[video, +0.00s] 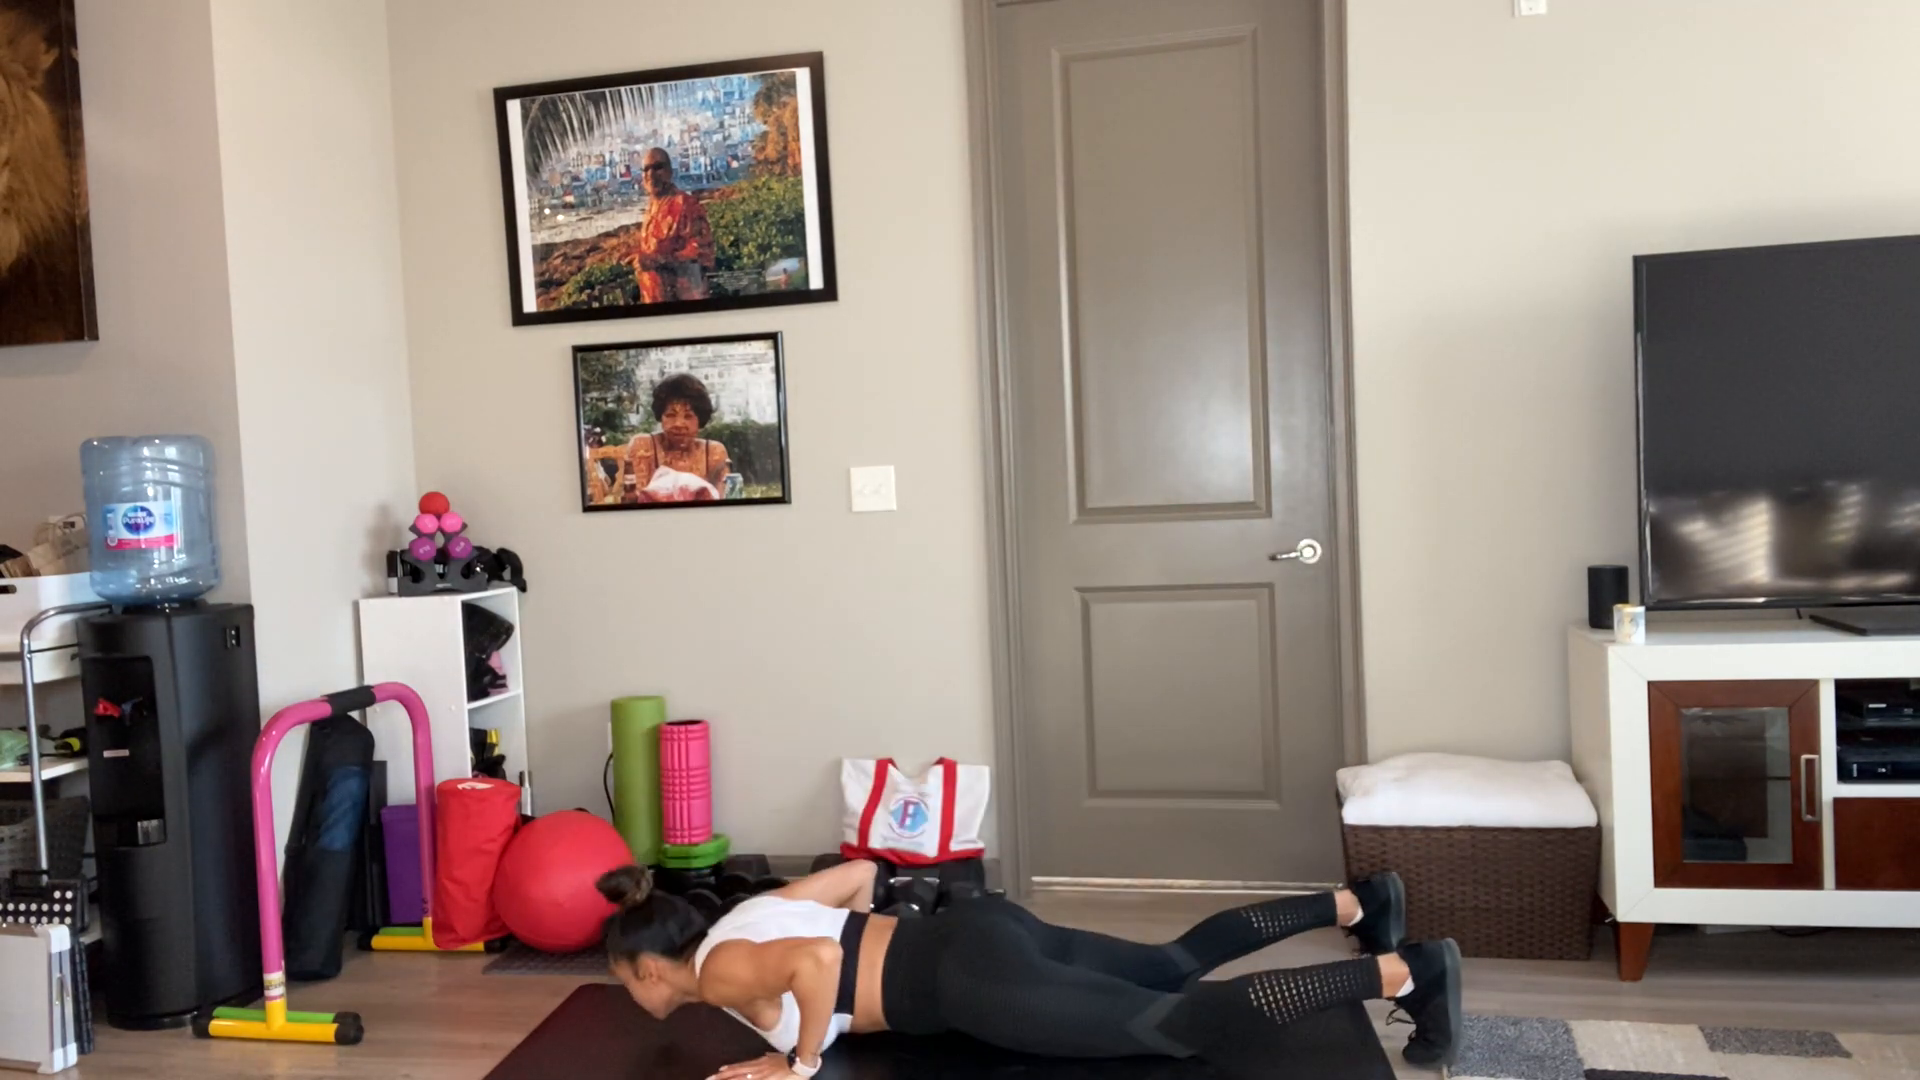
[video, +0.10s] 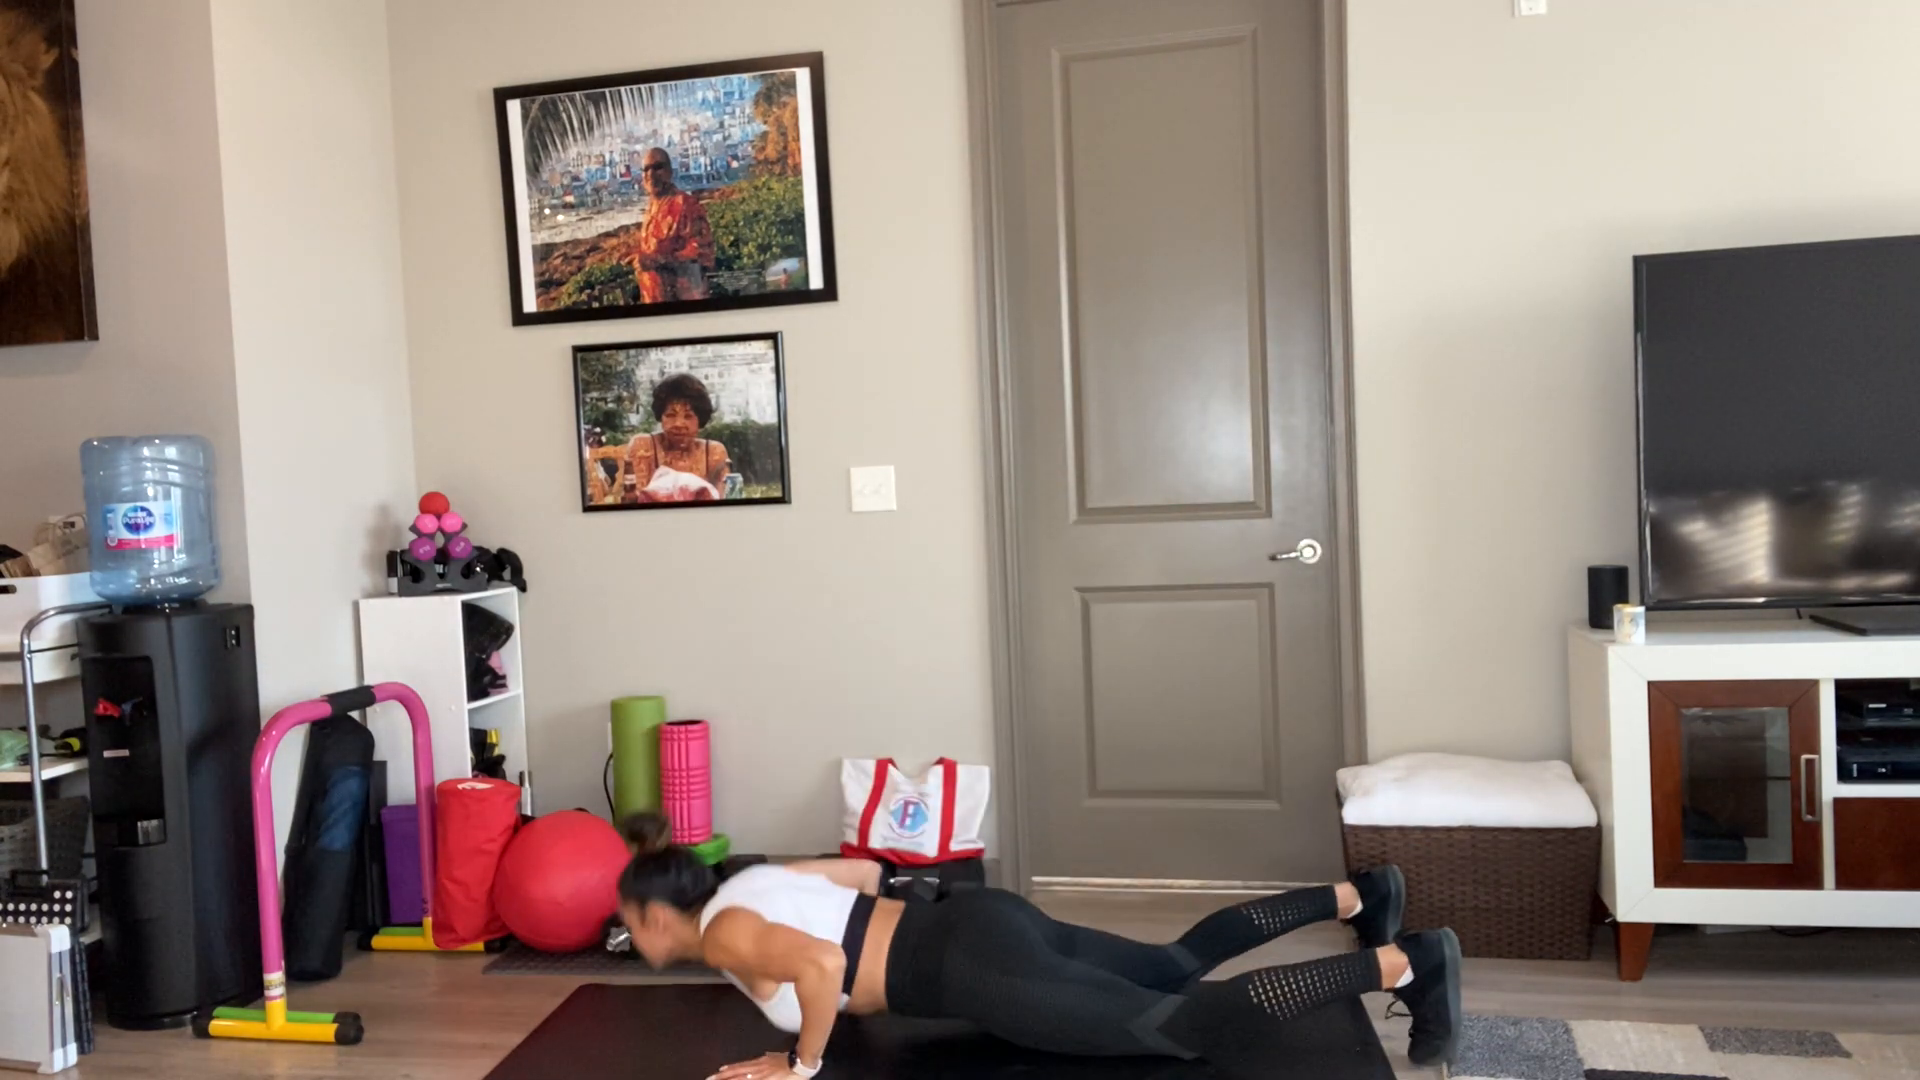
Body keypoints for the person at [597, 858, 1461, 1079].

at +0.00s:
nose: (637, 995)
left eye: (633, 980)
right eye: (630, 984)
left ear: (661, 959)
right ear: (675, 932)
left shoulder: (720, 967)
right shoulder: (747, 921)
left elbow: (817, 964)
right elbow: (857, 880)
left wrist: (797, 1059)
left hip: (951, 972)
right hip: (965, 924)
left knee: (1161, 1022)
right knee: (1169, 973)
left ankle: (1392, 984)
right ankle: (1356, 919)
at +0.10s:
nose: (640, 946)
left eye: (635, 930)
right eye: (633, 933)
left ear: (662, 911)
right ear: (680, 881)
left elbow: (818, 968)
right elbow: (862, 872)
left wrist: (802, 1061)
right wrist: (836, 980)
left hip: (952, 963)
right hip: (972, 910)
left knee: (1168, 1029)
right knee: (1166, 969)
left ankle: (1393, 968)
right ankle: (1347, 897)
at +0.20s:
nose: (650, 867)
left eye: (651, 853)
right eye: (647, 853)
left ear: (682, 841)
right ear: (698, 826)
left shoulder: (745, 884)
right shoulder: (762, 838)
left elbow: (827, 975)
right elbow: (837, 905)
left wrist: (800, 1063)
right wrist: (796, 971)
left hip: (960, 946)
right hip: (974, 899)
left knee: (1166, 1026)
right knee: (1170, 965)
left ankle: (1392, 968)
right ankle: (1347, 891)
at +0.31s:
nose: (674, 811)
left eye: (677, 794)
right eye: (669, 796)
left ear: (711, 780)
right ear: (721, 767)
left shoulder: (771, 829)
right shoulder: (791, 791)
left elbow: (821, 960)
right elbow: (860, 895)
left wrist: (799, 1059)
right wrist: (818, 966)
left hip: (977, 921)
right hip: (993, 882)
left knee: (1173, 1022)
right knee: (1176, 962)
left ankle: (1394, 961)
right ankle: (1348, 893)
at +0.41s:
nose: (689, 784)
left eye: (688, 766)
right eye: (684, 771)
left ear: (719, 745)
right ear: (733, 733)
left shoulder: (786, 790)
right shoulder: (813, 752)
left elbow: (812, 941)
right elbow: (850, 884)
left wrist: (800, 1059)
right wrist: (821, 969)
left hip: (993, 871)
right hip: (1005, 846)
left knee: (1168, 1001)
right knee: (1174, 959)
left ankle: (1394, 968)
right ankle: (1361, 909)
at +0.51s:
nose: (701, 787)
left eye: (694, 772)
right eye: (691, 776)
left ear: (715, 743)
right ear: (729, 729)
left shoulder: (789, 775)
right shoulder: (808, 737)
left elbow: (804, 914)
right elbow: (840, 877)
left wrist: (803, 1045)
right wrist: (819, 971)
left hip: (1020, 797)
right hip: (1027, 774)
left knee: (1186, 946)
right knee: (1189, 900)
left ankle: (1417, 971)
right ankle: (1378, 909)